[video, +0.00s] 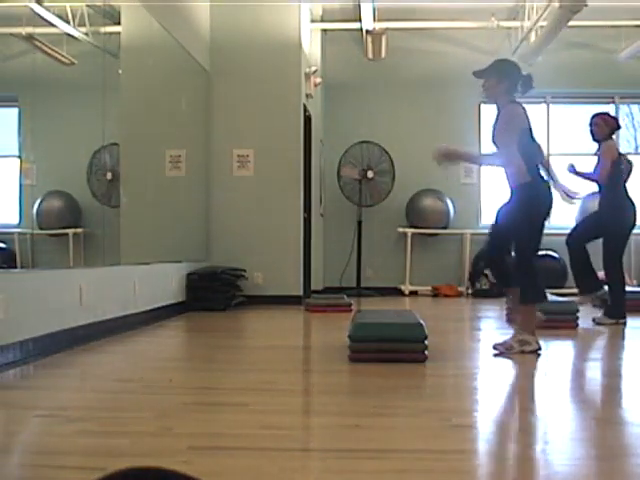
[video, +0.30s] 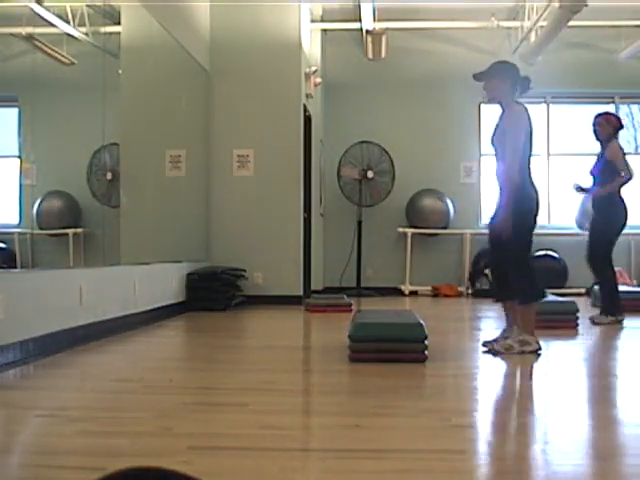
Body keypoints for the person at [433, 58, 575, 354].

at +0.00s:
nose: (483, 86)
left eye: (488, 81)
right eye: (484, 81)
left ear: (504, 84)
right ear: (504, 85)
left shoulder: (510, 113)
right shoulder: (513, 112)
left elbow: (507, 158)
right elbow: (537, 152)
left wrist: (463, 156)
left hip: (528, 194)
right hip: (528, 193)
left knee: (523, 260)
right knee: (496, 254)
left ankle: (527, 335)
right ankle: (523, 328)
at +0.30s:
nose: (484, 88)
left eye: (489, 83)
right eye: (485, 83)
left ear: (504, 84)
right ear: (500, 85)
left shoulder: (515, 114)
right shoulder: (508, 115)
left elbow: (512, 168)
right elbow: (506, 167)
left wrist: (504, 212)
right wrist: (501, 210)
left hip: (519, 196)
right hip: (510, 195)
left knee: (517, 262)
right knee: (501, 261)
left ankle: (527, 335)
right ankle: (512, 329)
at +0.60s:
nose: (477, 85)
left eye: (482, 80)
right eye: (478, 80)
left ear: (499, 86)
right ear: (494, 87)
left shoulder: (507, 115)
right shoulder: (492, 123)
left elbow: (545, 137)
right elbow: (471, 160)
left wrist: (568, 177)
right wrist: (434, 164)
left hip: (524, 194)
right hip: (520, 195)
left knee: (486, 249)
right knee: (517, 259)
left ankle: (508, 318)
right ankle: (517, 332)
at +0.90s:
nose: (479, 86)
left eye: (484, 82)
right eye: (480, 82)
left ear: (501, 86)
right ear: (497, 87)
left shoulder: (504, 113)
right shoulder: (502, 115)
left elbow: (498, 154)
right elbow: (494, 157)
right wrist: (458, 169)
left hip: (524, 194)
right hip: (520, 194)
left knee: (522, 262)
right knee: (479, 250)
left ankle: (517, 336)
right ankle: (502, 319)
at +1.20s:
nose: (490, 87)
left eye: (495, 82)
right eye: (490, 83)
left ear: (509, 84)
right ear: (502, 86)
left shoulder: (516, 113)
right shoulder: (507, 114)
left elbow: (506, 149)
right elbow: (498, 157)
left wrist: (503, 183)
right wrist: (484, 190)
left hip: (520, 193)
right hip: (513, 192)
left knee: (510, 261)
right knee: (507, 261)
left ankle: (517, 335)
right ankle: (513, 332)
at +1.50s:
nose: (504, 93)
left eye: (508, 87)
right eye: (502, 88)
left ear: (522, 87)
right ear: (509, 89)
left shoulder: (529, 114)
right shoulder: (512, 124)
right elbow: (495, 166)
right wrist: (461, 187)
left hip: (540, 196)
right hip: (532, 197)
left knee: (519, 260)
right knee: (522, 260)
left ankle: (515, 333)